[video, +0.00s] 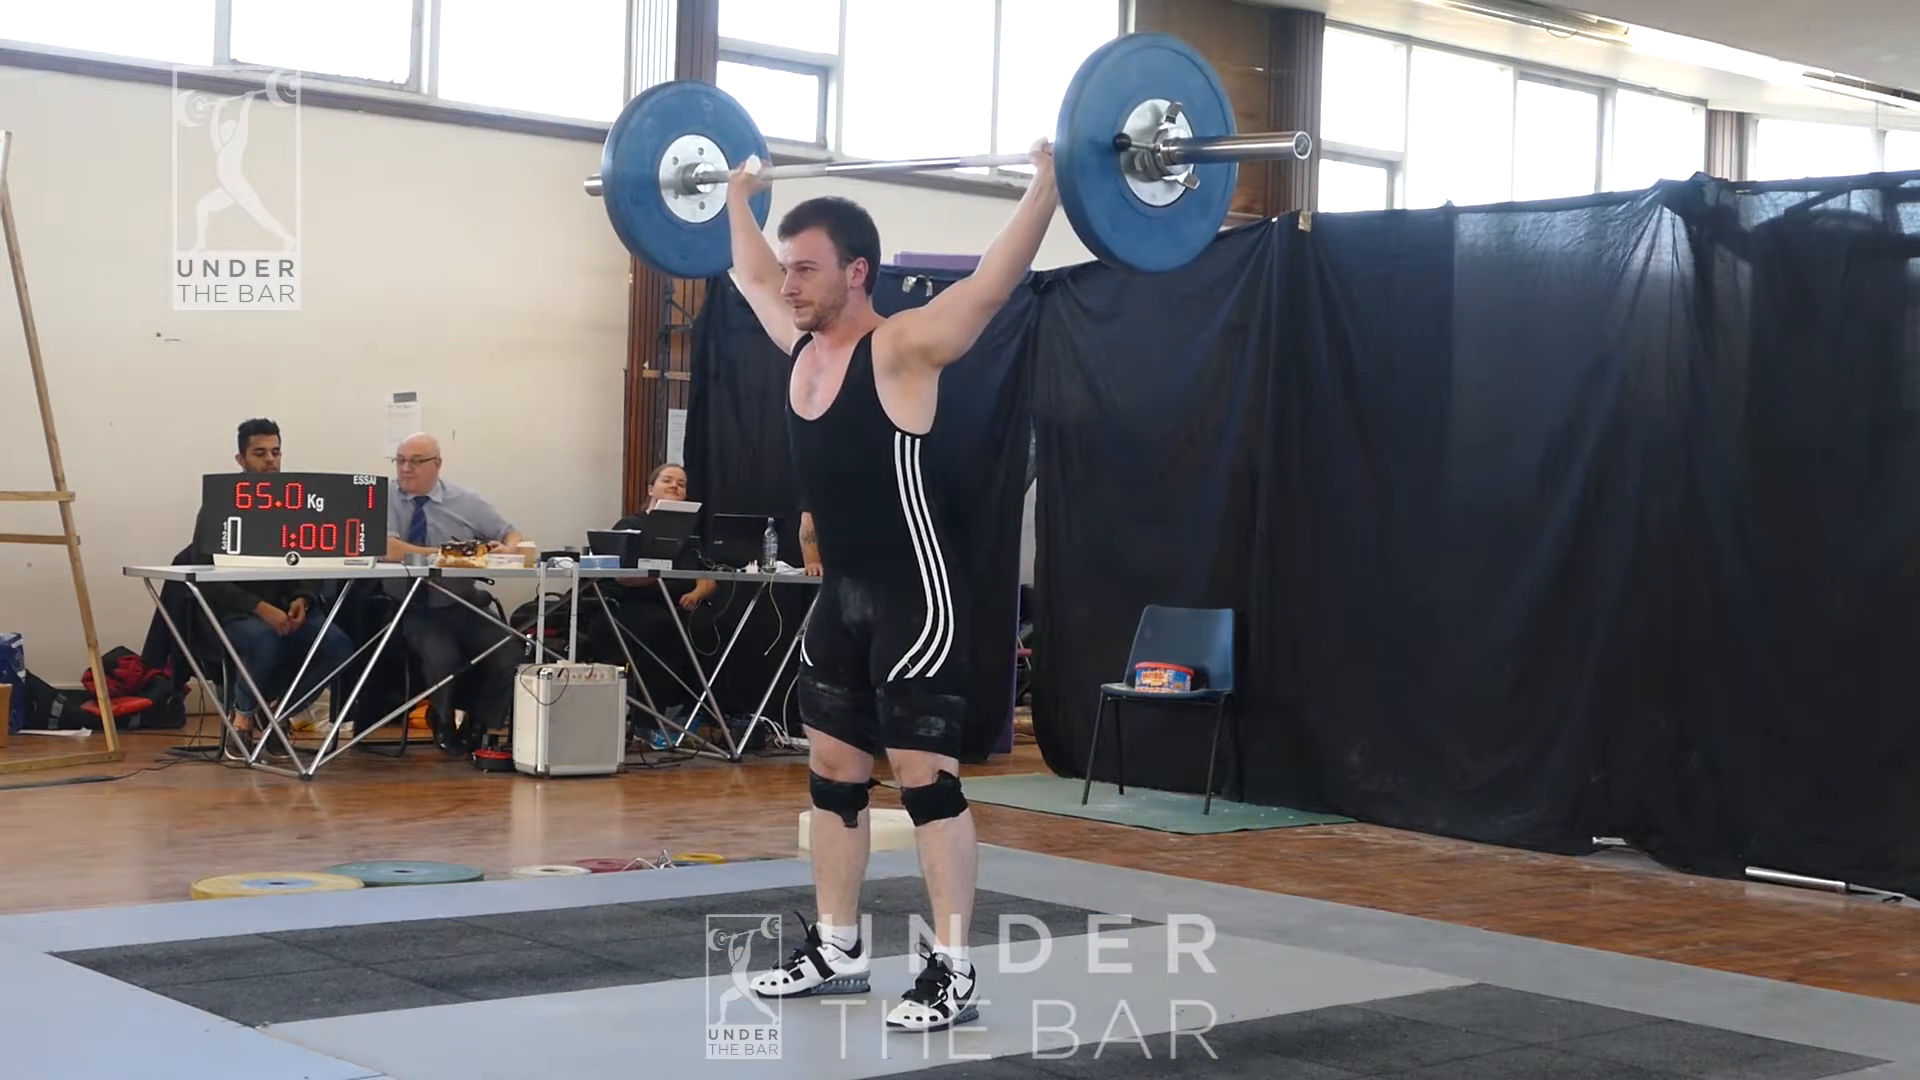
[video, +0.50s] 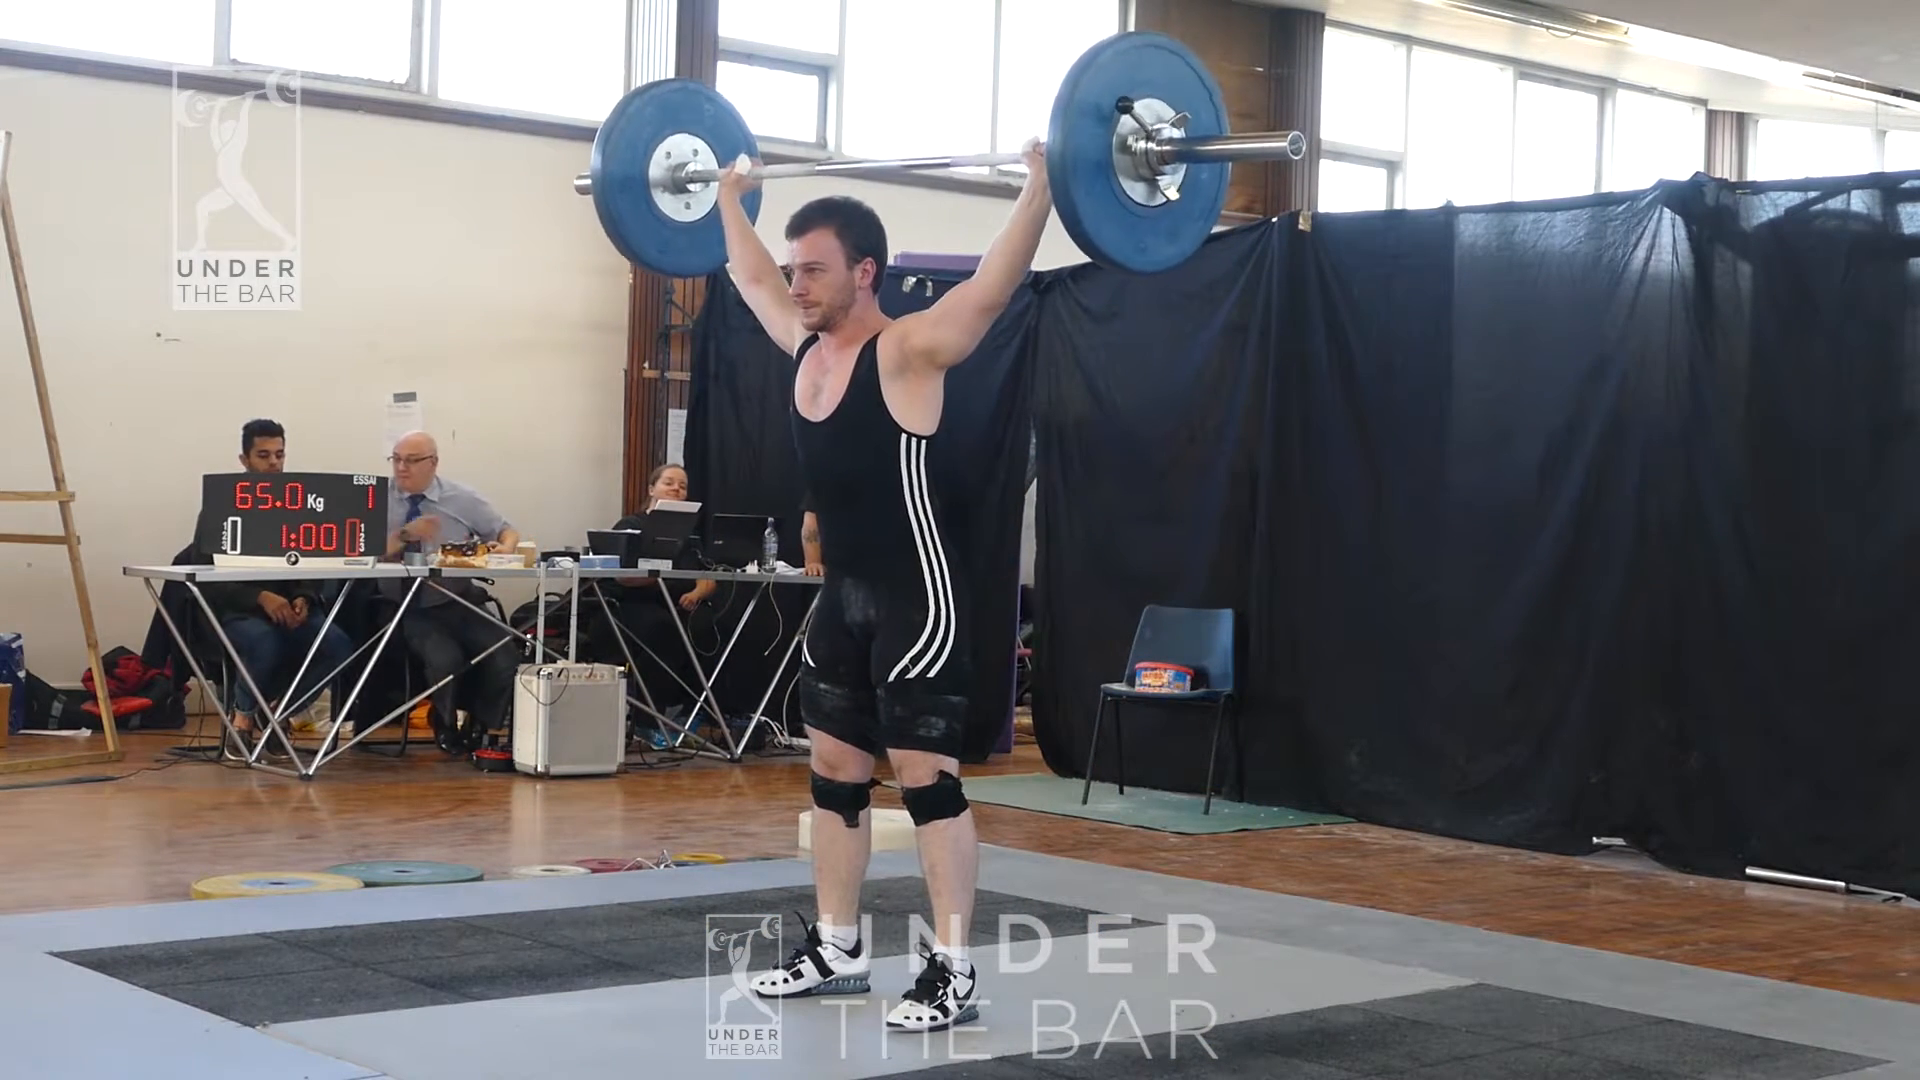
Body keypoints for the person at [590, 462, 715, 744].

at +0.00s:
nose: (674, 487)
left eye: (681, 484)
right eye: (667, 481)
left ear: (685, 494)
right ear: (651, 489)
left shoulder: (691, 531)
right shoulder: (629, 525)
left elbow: (711, 576)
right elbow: (621, 575)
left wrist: (697, 593)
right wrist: (657, 575)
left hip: (677, 603)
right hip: (635, 602)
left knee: (705, 624)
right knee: (658, 627)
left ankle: (696, 710)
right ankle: (648, 719)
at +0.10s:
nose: (674, 487)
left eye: (681, 484)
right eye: (667, 481)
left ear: (686, 494)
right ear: (651, 488)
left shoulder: (691, 531)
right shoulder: (629, 525)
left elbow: (711, 576)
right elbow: (621, 575)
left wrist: (697, 593)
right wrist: (658, 575)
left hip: (677, 603)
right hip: (635, 602)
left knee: (704, 623)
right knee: (658, 627)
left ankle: (696, 710)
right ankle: (649, 719)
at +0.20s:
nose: (674, 487)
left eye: (681, 484)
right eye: (667, 481)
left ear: (685, 494)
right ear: (651, 489)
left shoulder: (692, 531)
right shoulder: (629, 525)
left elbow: (711, 576)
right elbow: (621, 575)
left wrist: (698, 593)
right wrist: (657, 574)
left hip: (679, 602)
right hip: (637, 601)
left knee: (705, 624)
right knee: (657, 628)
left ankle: (695, 710)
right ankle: (648, 718)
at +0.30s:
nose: (674, 487)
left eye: (681, 484)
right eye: (667, 481)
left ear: (686, 494)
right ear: (651, 489)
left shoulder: (692, 531)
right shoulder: (629, 525)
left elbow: (711, 576)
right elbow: (621, 575)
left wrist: (698, 593)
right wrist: (657, 574)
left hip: (679, 602)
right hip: (637, 601)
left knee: (704, 624)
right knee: (657, 627)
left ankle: (695, 710)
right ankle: (647, 718)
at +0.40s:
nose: (674, 487)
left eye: (681, 484)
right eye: (667, 481)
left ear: (686, 494)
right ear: (651, 489)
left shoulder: (692, 531)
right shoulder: (629, 525)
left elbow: (711, 576)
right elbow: (621, 575)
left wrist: (698, 593)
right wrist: (657, 574)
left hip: (678, 603)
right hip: (635, 602)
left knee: (705, 624)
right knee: (658, 628)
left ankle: (696, 710)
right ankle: (648, 719)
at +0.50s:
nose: (675, 489)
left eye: (682, 486)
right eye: (668, 483)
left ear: (686, 494)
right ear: (652, 489)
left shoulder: (692, 532)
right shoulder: (629, 525)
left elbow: (711, 576)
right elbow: (621, 575)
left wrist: (698, 593)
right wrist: (657, 574)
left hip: (678, 603)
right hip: (637, 601)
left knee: (705, 624)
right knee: (658, 627)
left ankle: (695, 710)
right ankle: (647, 718)